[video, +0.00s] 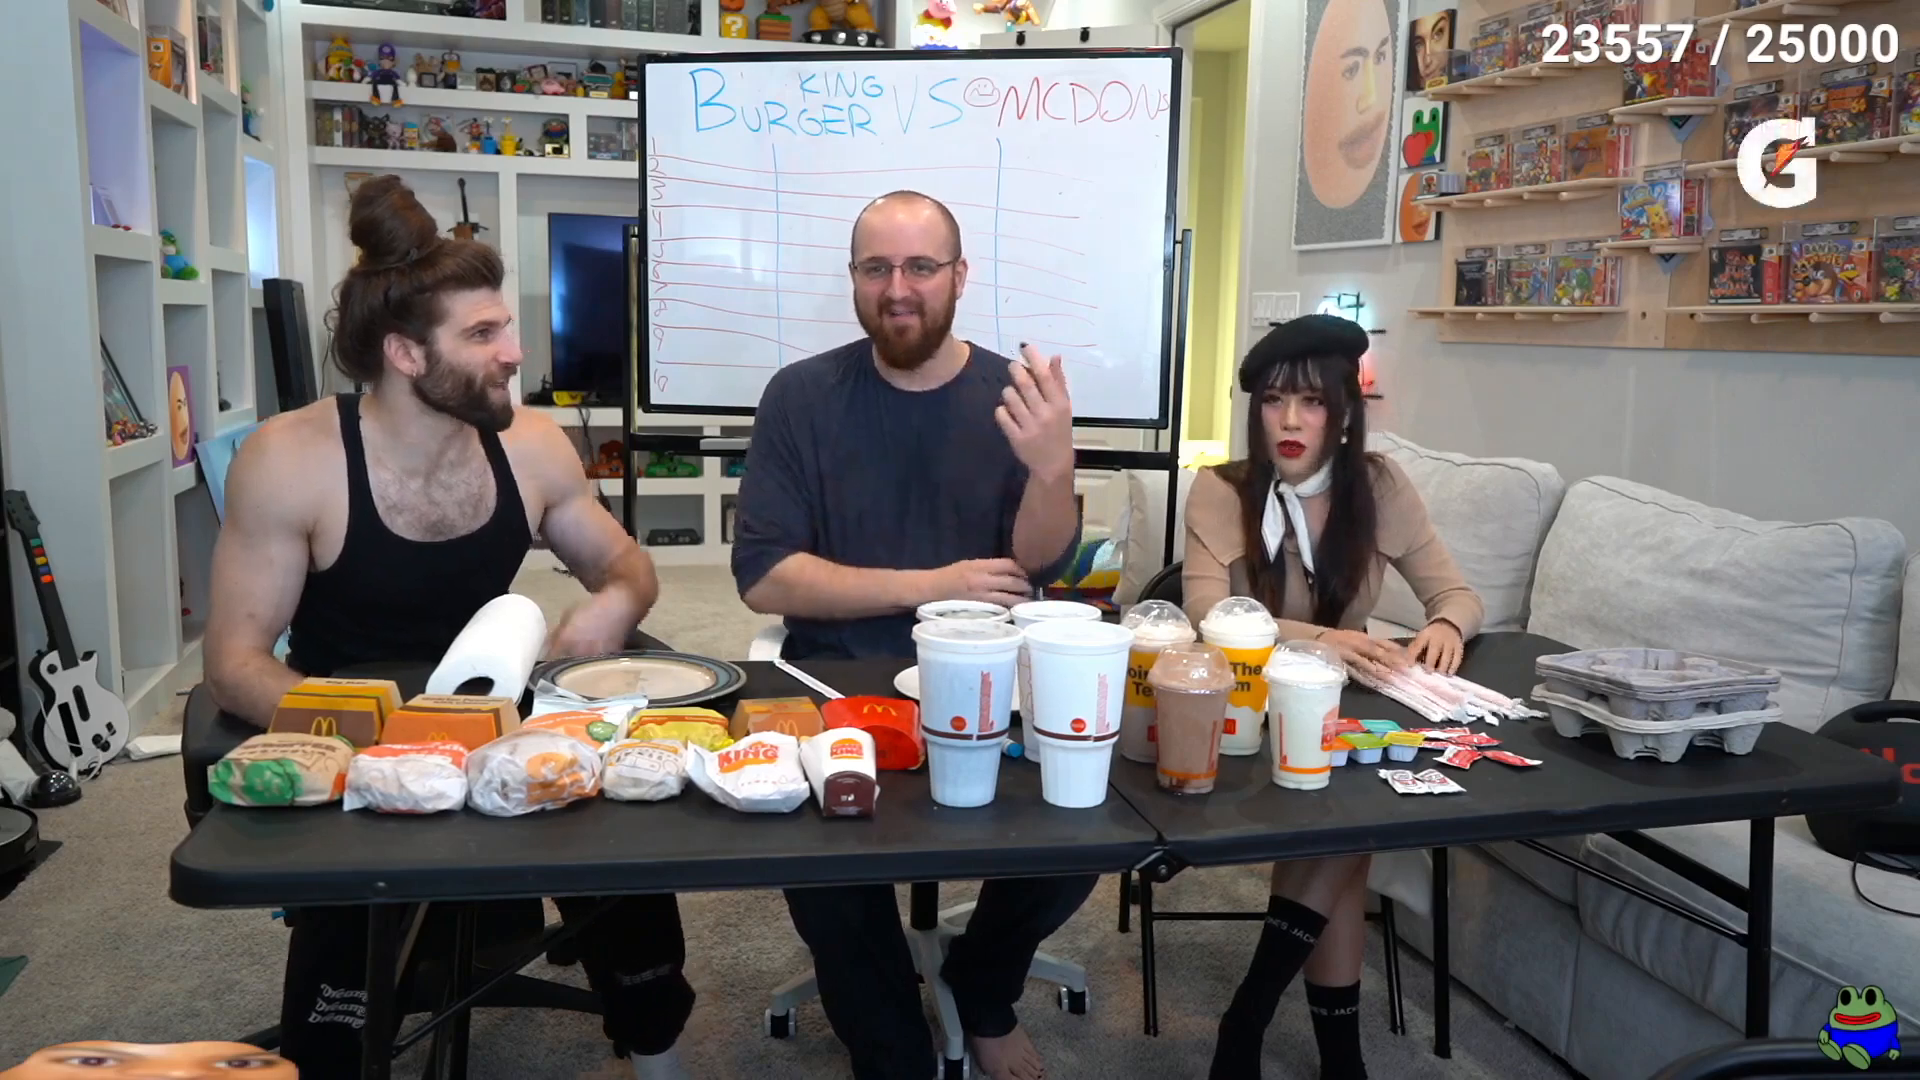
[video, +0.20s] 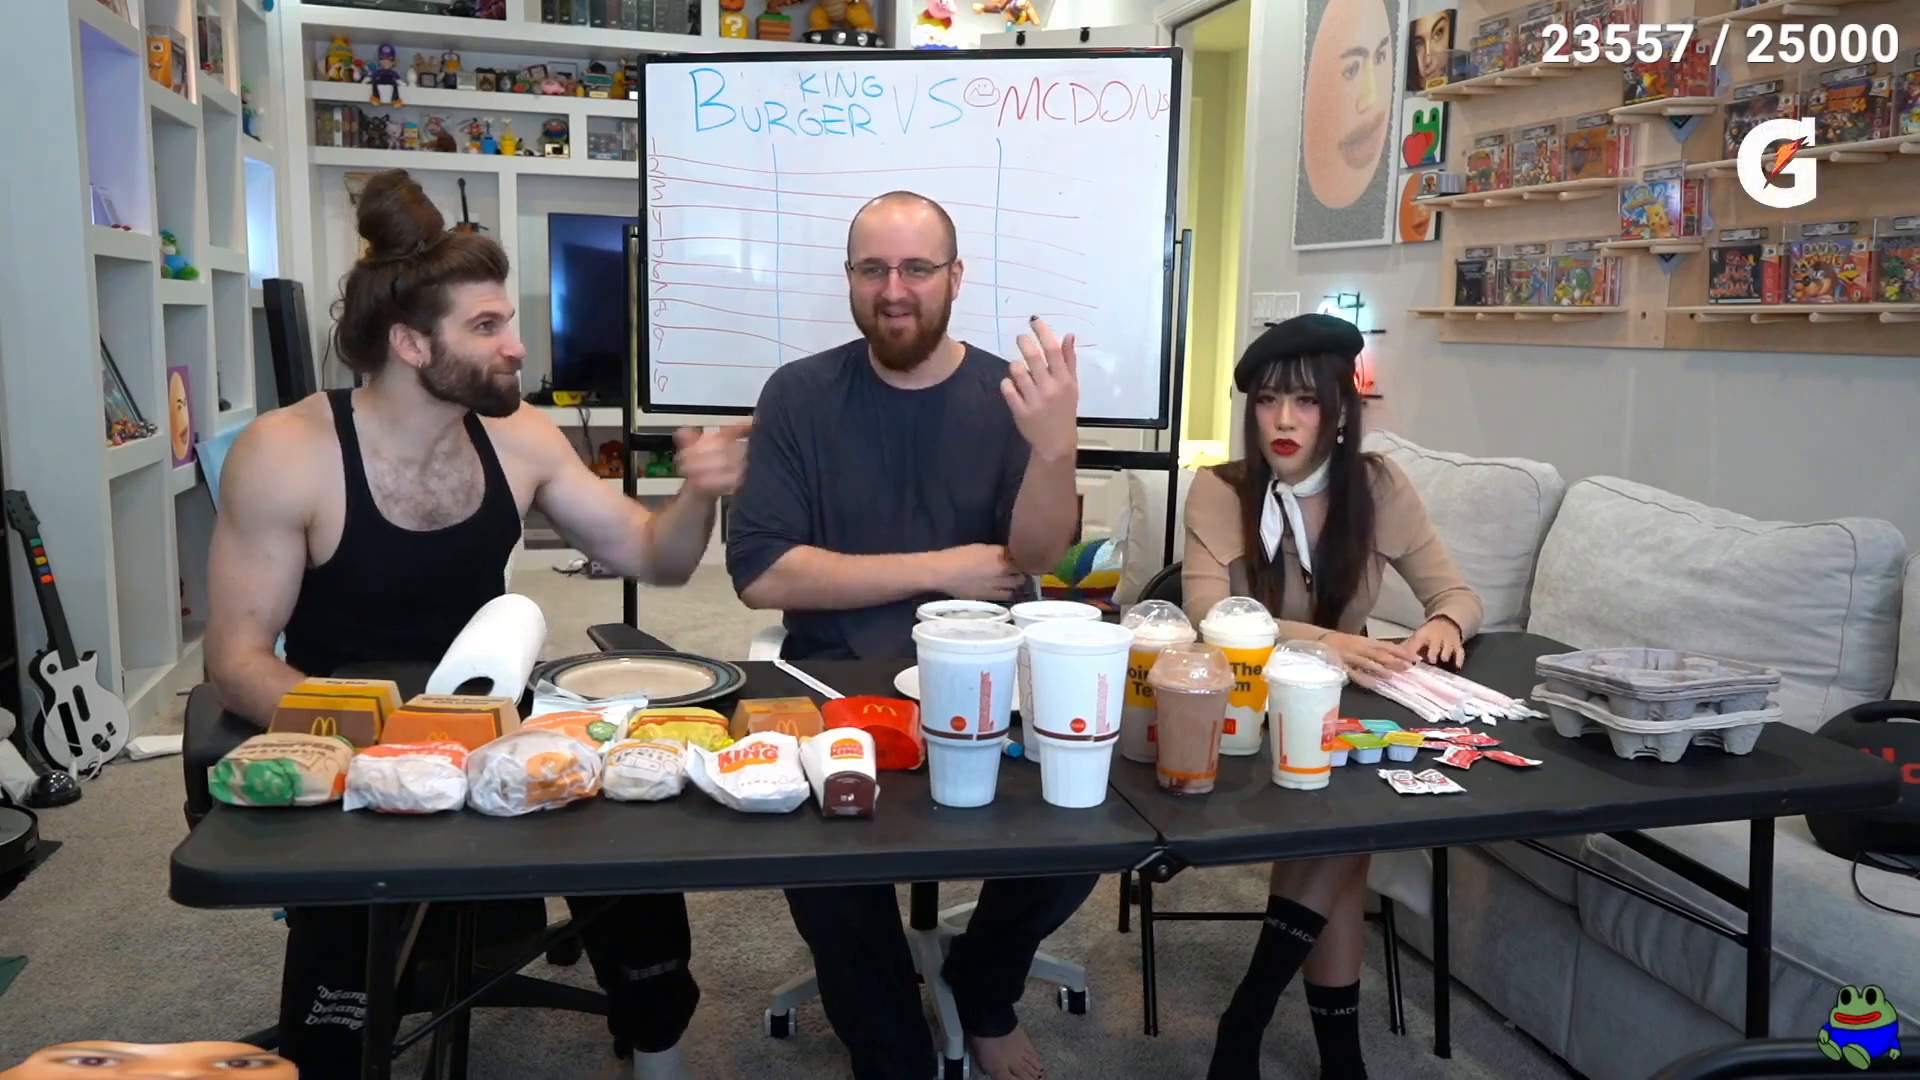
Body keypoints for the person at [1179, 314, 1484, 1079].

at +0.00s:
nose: (1290, 419)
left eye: (1312, 401)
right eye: (1275, 400)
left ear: (1345, 412)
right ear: (1254, 407)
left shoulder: (1378, 483)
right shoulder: (1219, 491)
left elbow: (1454, 593)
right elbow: (1211, 620)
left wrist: (1448, 623)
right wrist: (1318, 636)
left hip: (1339, 705)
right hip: (1242, 710)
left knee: (1346, 816)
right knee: (1350, 830)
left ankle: (1244, 1023)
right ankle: (1343, 1064)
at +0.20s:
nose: (1283, 419)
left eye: (1305, 401)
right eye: (1269, 400)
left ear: (1341, 410)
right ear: (1251, 407)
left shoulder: (1375, 481)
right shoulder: (1220, 491)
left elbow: (1456, 594)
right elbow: (1211, 622)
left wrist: (1446, 622)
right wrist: (1323, 639)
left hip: (1337, 704)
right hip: (1241, 708)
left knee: (1343, 817)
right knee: (1348, 831)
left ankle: (1243, 1024)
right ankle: (1343, 1064)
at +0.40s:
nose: (1283, 419)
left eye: (1305, 401)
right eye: (1268, 400)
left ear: (1341, 410)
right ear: (1250, 408)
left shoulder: (1375, 481)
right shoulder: (1220, 491)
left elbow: (1454, 594)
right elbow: (1210, 622)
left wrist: (1449, 621)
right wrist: (1316, 635)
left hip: (1338, 702)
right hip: (1241, 708)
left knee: (1341, 819)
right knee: (1348, 831)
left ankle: (1243, 1024)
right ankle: (1343, 1064)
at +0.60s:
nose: (1287, 419)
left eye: (1308, 400)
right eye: (1272, 399)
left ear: (1343, 411)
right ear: (1252, 408)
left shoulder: (1375, 481)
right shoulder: (1220, 491)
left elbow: (1450, 593)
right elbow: (1210, 623)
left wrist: (1454, 625)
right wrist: (1316, 638)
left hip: (1339, 703)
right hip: (1242, 708)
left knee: (1342, 820)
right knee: (1349, 833)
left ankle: (1244, 1025)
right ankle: (1343, 1064)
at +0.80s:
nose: (1287, 419)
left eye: (1309, 400)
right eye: (1272, 399)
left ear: (1344, 411)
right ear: (1252, 407)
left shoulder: (1376, 481)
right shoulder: (1221, 491)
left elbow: (1451, 594)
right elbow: (1210, 622)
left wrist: (1451, 625)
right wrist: (1316, 638)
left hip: (1336, 705)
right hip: (1239, 710)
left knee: (1344, 816)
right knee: (1351, 831)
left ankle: (1245, 1024)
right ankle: (1342, 1064)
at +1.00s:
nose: (1289, 418)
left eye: (1311, 399)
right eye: (1274, 398)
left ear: (1345, 411)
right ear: (1253, 406)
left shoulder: (1376, 482)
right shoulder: (1221, 491)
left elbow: (1453, 595)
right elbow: (1209, 623)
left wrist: (1450, 624)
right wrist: (1312, 636)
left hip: (1337, 706)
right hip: (1241, 710)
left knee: (1346, 816)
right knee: (1350, 832)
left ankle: (1244, 1025)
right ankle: (1343, 1064)